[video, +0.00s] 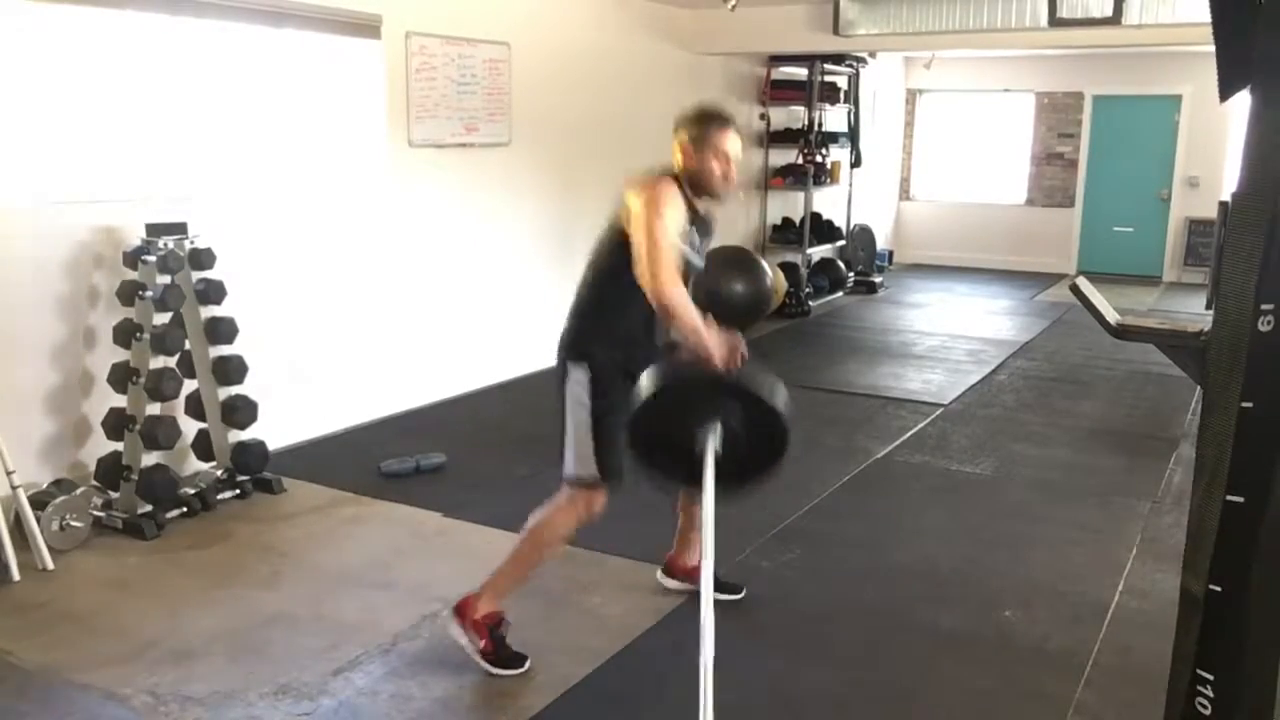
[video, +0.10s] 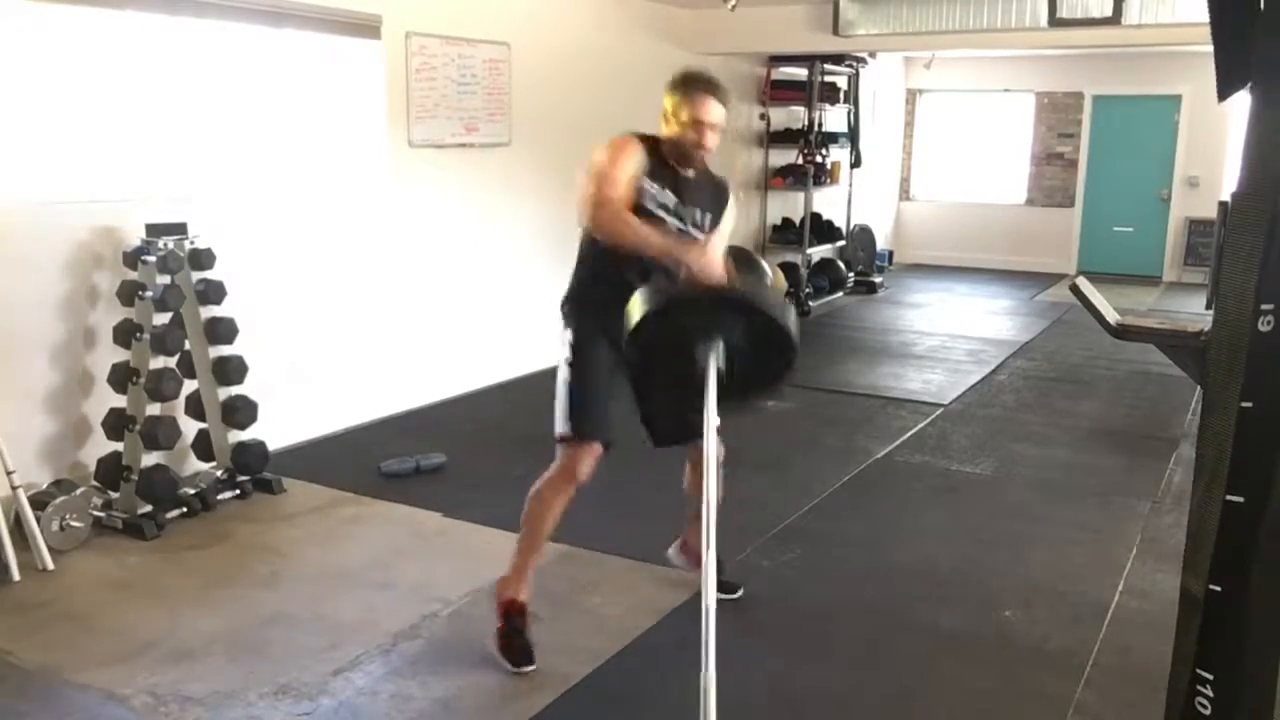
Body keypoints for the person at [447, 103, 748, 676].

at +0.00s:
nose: (731, 170)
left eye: (734, 158)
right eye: (721, 156)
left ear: (726, 158)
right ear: (687, 152)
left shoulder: (696, 214)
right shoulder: (657, 194)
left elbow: (685, 288)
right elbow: (659, 281)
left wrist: (710, 336)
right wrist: (706, 337)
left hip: (645, 356)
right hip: (596, 356)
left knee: (701, 438)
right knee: (586, 494)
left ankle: (686, 558)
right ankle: (480, 610)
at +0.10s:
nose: (708, 139)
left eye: (715, 128)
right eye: (699, 126)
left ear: (721, 128)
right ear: (669, 118)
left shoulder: (715, 191)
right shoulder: (629, 152)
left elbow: (707, 269)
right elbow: (606, 218)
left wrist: (728, 316)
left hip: (664, 327)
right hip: (598, 318)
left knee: (708, 448)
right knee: (578, 461)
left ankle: (694, 545)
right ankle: (513, 592)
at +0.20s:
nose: (680, 133)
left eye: (691, 124)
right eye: (672, 120)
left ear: (702, 125)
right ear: (649, 111)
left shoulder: (709, 180)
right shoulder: (603, 156)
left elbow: (731, 257)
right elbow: (545, 228)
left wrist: (708, 220)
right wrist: (576, 195)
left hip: (672, 338)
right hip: (600, 333)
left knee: (699, 456)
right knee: (566, 465)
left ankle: (732, 535)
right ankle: (527, 603)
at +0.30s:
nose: (665, 143)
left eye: (675, 135)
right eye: (658, 133)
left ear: (689, 139)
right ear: (639, 130)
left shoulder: (694, 193)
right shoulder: (603, 185)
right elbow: (554, 252)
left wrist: (718, 139)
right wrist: (529, 259)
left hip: (672, 362)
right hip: (603, 357)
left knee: (701, 472)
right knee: (562, 483)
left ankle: (736, 540)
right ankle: (536, 615)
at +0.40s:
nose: (653, 143)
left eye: (663, 133)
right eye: (646, 133)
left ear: (681, 147)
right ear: (630, 139)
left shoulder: (690, 198)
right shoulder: (604, 200)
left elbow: (709, 145)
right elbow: (581, 269)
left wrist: (706, 77)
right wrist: (558, 315)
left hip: (670, 370)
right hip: (603, 364)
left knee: (698, 480)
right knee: (560, 483)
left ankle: (736, 540)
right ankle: (537, 614)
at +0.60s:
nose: (626, 136)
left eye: (639, 126)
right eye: (619, 124)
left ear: (663, 133)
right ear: (607, 130)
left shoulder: (675, 187)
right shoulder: (577, 194)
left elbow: (701, 145)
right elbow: (538, 290)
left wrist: (697, 85)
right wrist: (569, 265)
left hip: (662, 362)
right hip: (589, 364)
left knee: (698, 469)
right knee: (560, 493)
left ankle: (732, 539)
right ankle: (543, 617)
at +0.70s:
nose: (655, 139)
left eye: (663, 128)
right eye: (643, 125)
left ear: (672, 128)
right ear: (611, 121)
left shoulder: (668, 178)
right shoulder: (567, 179)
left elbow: (706, 205)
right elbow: (541, 271)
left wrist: (695, 126)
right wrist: (597, 215)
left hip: (659, 354)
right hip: (586, 356)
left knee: (697, 466)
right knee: (566, 494)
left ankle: (715, 541)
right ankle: (541, 617)